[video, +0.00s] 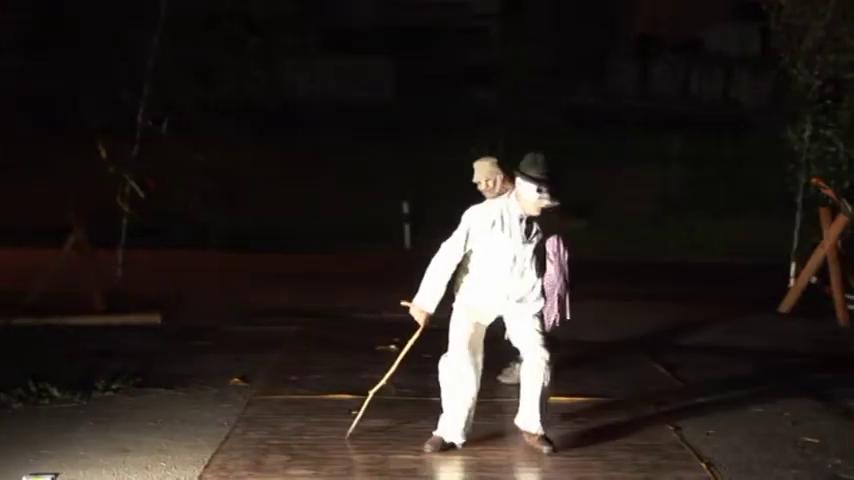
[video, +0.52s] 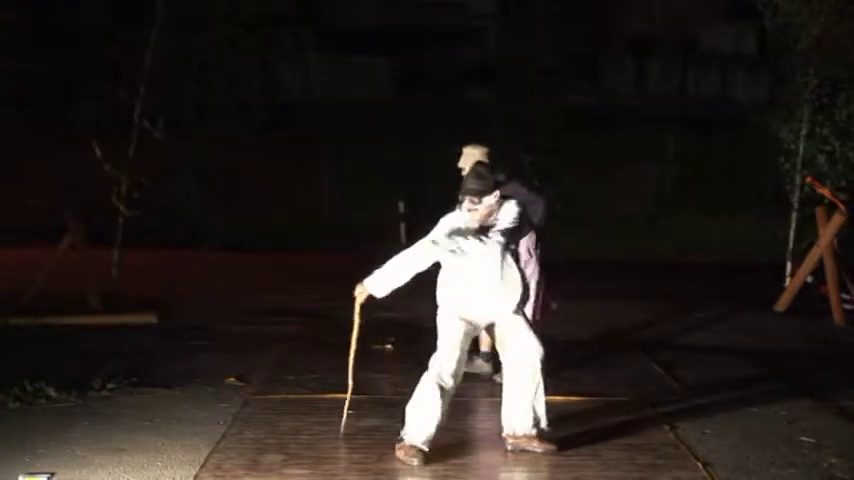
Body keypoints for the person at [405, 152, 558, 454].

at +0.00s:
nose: (543, 202)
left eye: (546, 196)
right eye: (537, 194)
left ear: (547, 194)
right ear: (517, 186)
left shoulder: (535, 222)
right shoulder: (479, 216)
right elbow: (448, 257)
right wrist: (424, 301)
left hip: (520, 300)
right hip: (476, 299)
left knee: (538, 358)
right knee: (461, 360)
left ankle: (530, 426)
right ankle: (450, 431)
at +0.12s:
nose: (519, 211)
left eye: (525, 205)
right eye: (514, 204)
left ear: (534, 202)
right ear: (504, 200)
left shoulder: (549, 220)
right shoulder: (480, 223)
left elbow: (582, 232)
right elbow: (443, 260)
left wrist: (618, 233)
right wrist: (415, 302)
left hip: (523, 309)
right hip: (473, 304)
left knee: (538, 360)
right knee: (450, 354)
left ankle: (533, 430)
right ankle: (429, 425)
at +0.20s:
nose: (520, 213)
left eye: (523, 205)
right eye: (512, 207)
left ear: (529, 202)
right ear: (498, 204)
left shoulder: (548, 222)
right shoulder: (478, 227)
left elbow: (591, 242)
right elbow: (440, 262)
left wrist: (635, 260)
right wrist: (406, 299)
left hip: (523, 310)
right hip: (474, 303)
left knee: (540, 360)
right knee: (447, 346)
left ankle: (532, 431)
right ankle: (410, 413)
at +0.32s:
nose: (487, 212)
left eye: (493, 206)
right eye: (484, 205)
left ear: (511, 199)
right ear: (482, 199)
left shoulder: (538, 215)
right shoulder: (472, 222)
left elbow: (576, 257)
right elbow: (432, 258)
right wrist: (393, 295)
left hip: (517, 307)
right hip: (470, 302)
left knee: (536, 357)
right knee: (443, 352)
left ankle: (530, 429)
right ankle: (399, 406)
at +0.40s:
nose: (481, 207)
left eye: (487, 202)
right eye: (478, 201)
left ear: (505, 195)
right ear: (473, 197)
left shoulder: (528, 210)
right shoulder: (465, 219)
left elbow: (536, 254)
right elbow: (427, 254)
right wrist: (390, 289)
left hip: (510, 301)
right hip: (466, 300)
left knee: (530, 356)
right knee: (446, 358)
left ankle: (523, 429)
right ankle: (404, 421)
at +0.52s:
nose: (476, 212)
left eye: (482, 205)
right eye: (471, 205)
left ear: (494, 201)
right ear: (467, 203)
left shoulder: (506, 218)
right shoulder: (450, 229)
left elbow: (532, 208)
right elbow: (413, 258)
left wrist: (515, 192)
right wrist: (372, 285)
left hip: (502, 310)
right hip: (458, 312)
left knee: (528, 353)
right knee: (446, 366)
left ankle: (520, 432)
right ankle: (413, 440)